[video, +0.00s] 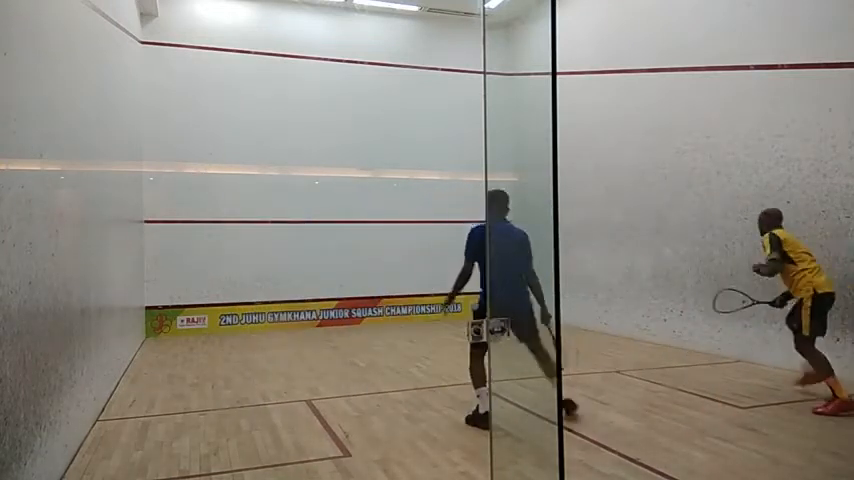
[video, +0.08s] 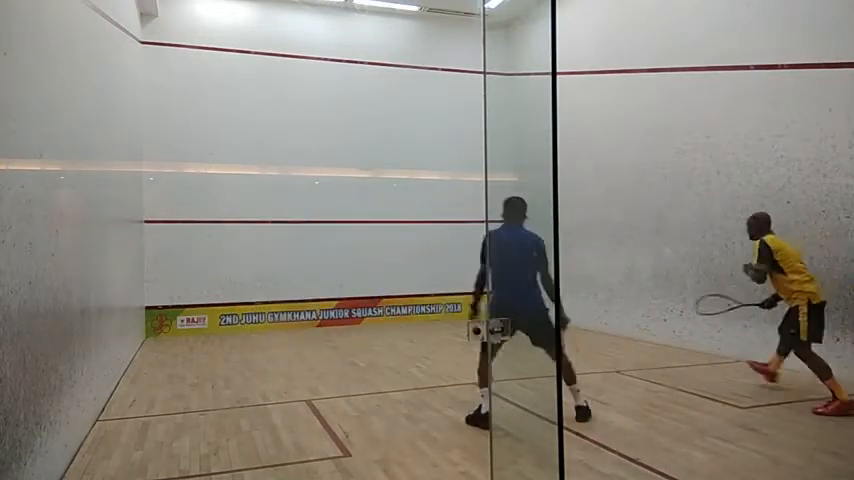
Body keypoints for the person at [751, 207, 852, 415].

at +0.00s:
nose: (759, 226)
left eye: (760, 222)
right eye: (760, 222)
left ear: (765, 222)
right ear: (777, 222)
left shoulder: (772, 236)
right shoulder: (786, 237)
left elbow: (773, 267)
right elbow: (803, 272)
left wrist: (759, 268)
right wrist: (786, 296)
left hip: (814, 292)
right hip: (817, 289)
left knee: (803, 345)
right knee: (793, 322)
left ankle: (841, 397)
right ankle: (817, 370)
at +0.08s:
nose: (748, 233)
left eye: (749, 228)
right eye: (748, 228)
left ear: (754, 228)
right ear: (767, 227)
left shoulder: (764, 243)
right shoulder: (776, 242)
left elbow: (759, 276)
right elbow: (792, 278)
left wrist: (749, 267)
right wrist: (774, 299)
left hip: (806, 299)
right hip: (803, 299)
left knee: (801, 349)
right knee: (786, 334)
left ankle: (841, 398)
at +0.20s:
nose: (737, 234)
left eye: (740, 229)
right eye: (737, 230)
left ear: (749, 229)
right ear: (755, 229)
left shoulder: (757, 246)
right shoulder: (766, 245)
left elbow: (753, 275)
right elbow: (774, 279)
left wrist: (736, 272)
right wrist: (760, 301)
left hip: (793, 305)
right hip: (784, 305)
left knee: (799, 348)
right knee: (767, 333)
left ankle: (841, 398)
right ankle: (757, 373)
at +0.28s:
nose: (723, 229)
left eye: (726, 225)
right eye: (723, 225)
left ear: (736, 225)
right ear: (740, 225)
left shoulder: (744, 243)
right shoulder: (748, 243)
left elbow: (753, 272)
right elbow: (758, 277)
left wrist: (729, 275)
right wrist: (748, 299)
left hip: (775, 300)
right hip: (765, 301)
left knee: (786, 342)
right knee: (749, 327)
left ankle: (827, 387)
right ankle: (752, 373)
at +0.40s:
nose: (711, 221)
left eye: (713, 217)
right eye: (711, 217)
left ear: (725, 217)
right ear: (726, 218)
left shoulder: (733, 235)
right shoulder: (732, 236)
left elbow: (745, 263)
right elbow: (746, 268)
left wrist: (719, 270)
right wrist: (741, 292)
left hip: (760, 293)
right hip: (749, 294)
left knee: (761, 336)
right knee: (742, 328)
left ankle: (808, 375)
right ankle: (751, 373)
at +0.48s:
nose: (700, 216)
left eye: (702, 212)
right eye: (700, 212)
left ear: (712, 213)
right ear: (715, 212)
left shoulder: (721, 230)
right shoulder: (719, 231)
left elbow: (732, 259)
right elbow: (732, 263)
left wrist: (707, 265)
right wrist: (731, 290)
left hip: (746, 288)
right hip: (737, 289)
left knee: (743, 331)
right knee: (730, 323)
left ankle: (782, 366)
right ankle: (747, 367)